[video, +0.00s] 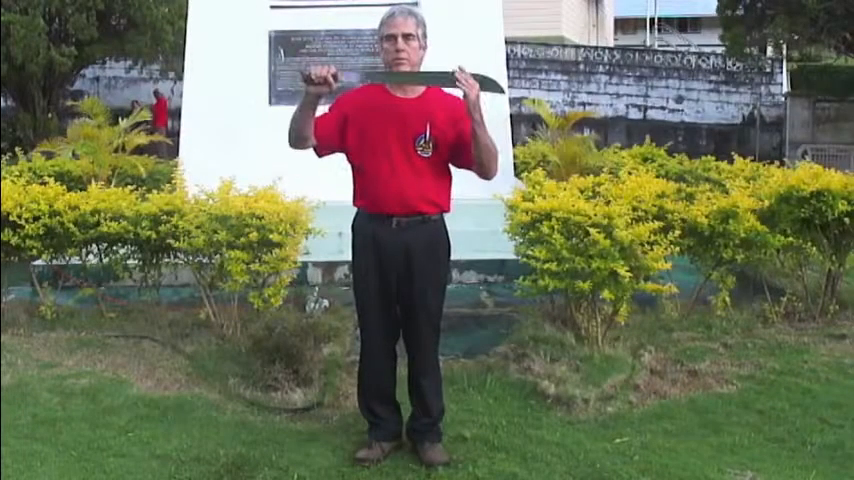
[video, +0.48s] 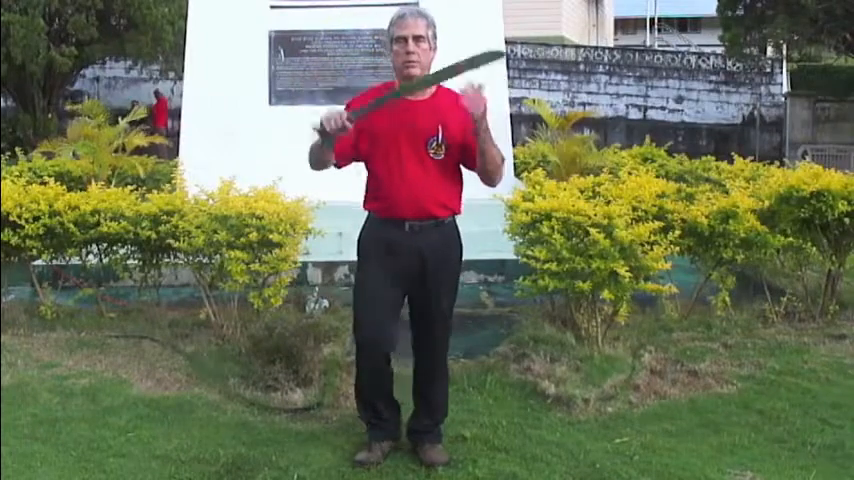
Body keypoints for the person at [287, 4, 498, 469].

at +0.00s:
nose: (399, 47)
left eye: (408, 38)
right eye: (389, 39)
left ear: (423, 45)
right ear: (378, 47)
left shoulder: (447, 105)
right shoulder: (356, 101)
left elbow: (488, 170)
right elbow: (299, 140)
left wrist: (476, 113)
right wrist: (310, 97)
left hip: (426, 232)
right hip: (372, 232)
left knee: (424, 339)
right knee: (375, 338)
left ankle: (428, 434)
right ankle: (381, 434)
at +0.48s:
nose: (409, 50)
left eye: (419, 41)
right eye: (400, 41)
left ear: (433, 48)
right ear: (389, 50)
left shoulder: (455, 105)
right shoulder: (369, 102)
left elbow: (493, 176)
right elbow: (318, 163)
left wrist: (482, 123)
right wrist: (325, 136)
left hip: (439, 237)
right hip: (381, 237)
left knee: (432, 343)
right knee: (370, 340)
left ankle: (427, 436)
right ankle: (380, 433)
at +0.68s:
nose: (410, 52)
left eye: (419, 43)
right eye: (401, 44)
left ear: (433, 50)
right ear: (389, 51)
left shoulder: (462, 113)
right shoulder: (367, 111)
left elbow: (477, 188)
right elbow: (339, 180)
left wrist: (446, 189)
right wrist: (365, 177)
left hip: (441, 244)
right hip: (382, 244)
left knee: (433, 347)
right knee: (372, 343)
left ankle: (428, 439)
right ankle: (377, 452)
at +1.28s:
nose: (375, 64)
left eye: (386, 55)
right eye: (365, 55)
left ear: (403, 62)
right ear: (353, 63)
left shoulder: (434, 124)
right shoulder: (329, 124)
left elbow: (450, 208)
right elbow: (315, 207)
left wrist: (398, 243)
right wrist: (360, 240)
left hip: (416, 263)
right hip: (351, 266)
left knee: (423, 359)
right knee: (355, 367)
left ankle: (429, 440)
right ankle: (366, 470)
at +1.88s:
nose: (383, 67)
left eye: (394, 57)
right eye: (373, 58)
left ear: (409, 63)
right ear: (361, 64)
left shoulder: (439, 125)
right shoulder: (338, 124)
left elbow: (464, 202)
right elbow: (308, 202)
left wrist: (435, 204)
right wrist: (333, 212)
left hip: (420, 264)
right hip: (358, 265)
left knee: (427, 360)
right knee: (354, 370)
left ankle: (425, 438)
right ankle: (365, 472)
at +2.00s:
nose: (396, 64)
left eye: (406, 55)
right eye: (386, 56)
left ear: (422, 61)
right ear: (375, 62)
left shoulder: (449, 123)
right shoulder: (348, 121)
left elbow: (487, 186)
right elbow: (306, 189)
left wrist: (470, 154)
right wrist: (322, 174)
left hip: (427, 261)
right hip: (366, 262)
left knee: (439, 357)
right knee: (361, 367)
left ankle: (426, 438)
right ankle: (366, 471)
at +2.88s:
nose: (375, 48)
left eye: (384, 40)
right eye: (366, 41)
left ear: (401, 50)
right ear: (355, 50)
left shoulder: (428, 109)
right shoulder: (333, 105)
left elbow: (475, 174)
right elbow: (299, 151)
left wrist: (446, 157)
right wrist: (258, 152)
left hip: (406, 241)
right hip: (347, 240)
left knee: (422, 343)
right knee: (335, 341)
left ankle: (427, 437)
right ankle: (333, 434)